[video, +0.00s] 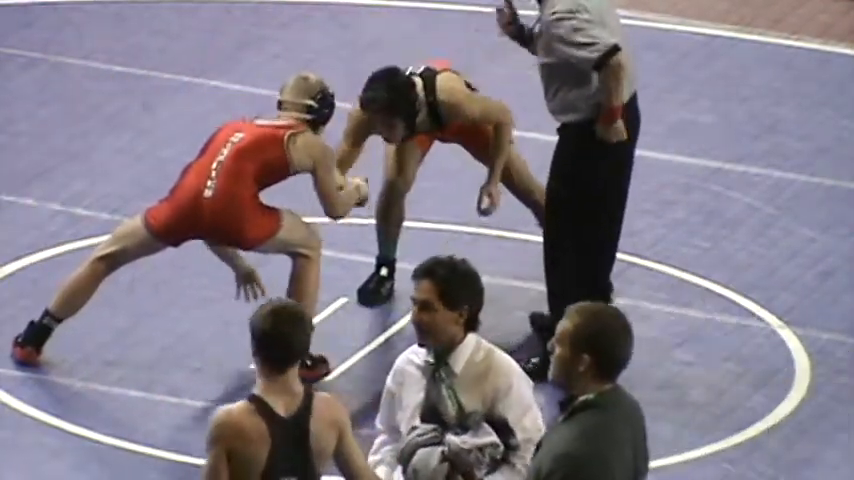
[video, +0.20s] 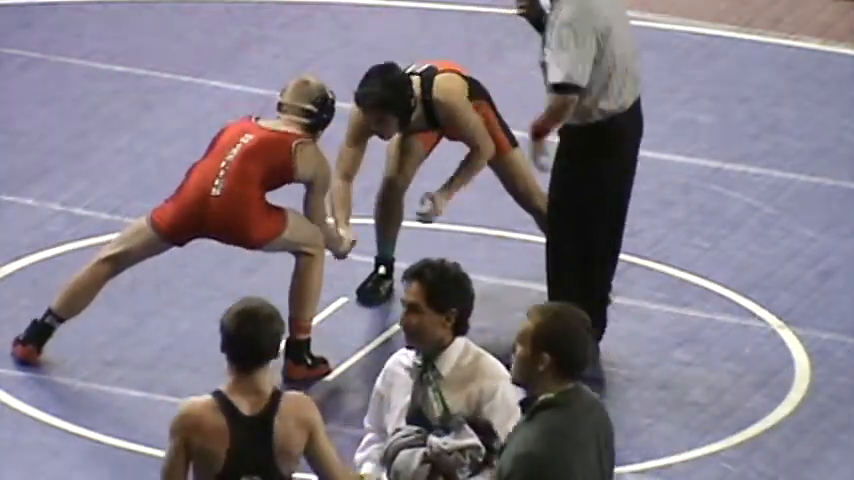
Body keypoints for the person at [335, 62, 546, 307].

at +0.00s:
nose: (381, 135)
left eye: (388, 127)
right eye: (376, 126)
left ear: (409, 116)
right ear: (369, 116)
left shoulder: (451, 101)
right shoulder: (363, 117)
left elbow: (504, 117)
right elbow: (338, 168)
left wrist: (494, 181)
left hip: (462, 121)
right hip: (413, 128)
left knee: (526, 189)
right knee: (394, 186)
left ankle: (575, 250)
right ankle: (384, 271)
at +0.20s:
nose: (371, 128)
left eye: (378, 121)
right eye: (367, 119)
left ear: (401, 110)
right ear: (362, 111)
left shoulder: (446, 98)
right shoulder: (363, 113)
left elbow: (484, 149)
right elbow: (343, 176)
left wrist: (445, 193)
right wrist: (342, 226)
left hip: (466, 107)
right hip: (417, 121)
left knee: (528, 195)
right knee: (392, 185)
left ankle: (578, 257)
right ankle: (383, 270)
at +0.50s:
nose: (371, 121)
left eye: (378, 114)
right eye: (368, 113)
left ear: (401, 105)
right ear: (362, 104)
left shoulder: (449, 97)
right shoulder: (367, 106)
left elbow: (484, 157)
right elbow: (357, 160)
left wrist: (436, 164)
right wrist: (346, 213)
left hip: (474, 107)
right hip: (424, 116)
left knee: (535, 198)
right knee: (396, 185)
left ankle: (594, 258)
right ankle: (383, 268)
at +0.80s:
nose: (370, 128)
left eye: (376, 120)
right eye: (367, 119)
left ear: (401, 111)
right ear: (363, 110)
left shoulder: (452, 101)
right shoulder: (368, 111)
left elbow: (495, 152)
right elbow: (360, 164)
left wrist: (445, 171)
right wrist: (349, 218)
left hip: (478, 109)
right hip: (427, 118)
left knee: (533, 198)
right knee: (396, 189)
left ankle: (581, 264)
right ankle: (386, 270)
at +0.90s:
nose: (371, 130)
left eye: (379, 123)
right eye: (367, 122)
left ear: (403, 113)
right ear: (363, 110)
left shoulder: (449, 101)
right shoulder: (369, 114)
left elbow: (494, 153)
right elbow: (359, 164)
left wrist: (446, 173)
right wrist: (349, 217)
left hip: (479, 107)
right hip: (430, 116)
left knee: (533, 198)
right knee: (399, 185)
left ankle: (582, 262)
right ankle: (385, 270)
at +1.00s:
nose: (370, 130)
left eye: (378, 123)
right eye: (367, 121)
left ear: (402, 114)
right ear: (363, 110)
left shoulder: (449, 103)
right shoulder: (369, 114)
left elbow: (494, 153)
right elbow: (359, 164)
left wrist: (446, 174)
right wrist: (349, 219)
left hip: (479, 108)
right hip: (432, 117)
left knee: (536, 202)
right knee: (399, 185)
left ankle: (583, 266)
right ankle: (385, 269)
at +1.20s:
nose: (369, 108)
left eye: (376, 101)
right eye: (365, 101)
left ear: (399, 94)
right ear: (361, 96)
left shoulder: (440, 98)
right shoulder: (365, 113)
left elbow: (483, 157)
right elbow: (357, 162)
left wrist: (432, 164)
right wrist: (340, 206)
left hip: (472, 138)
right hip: (426, 144)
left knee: (538, 229)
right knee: (388, 203)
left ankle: (581, 270)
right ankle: (384, 272)